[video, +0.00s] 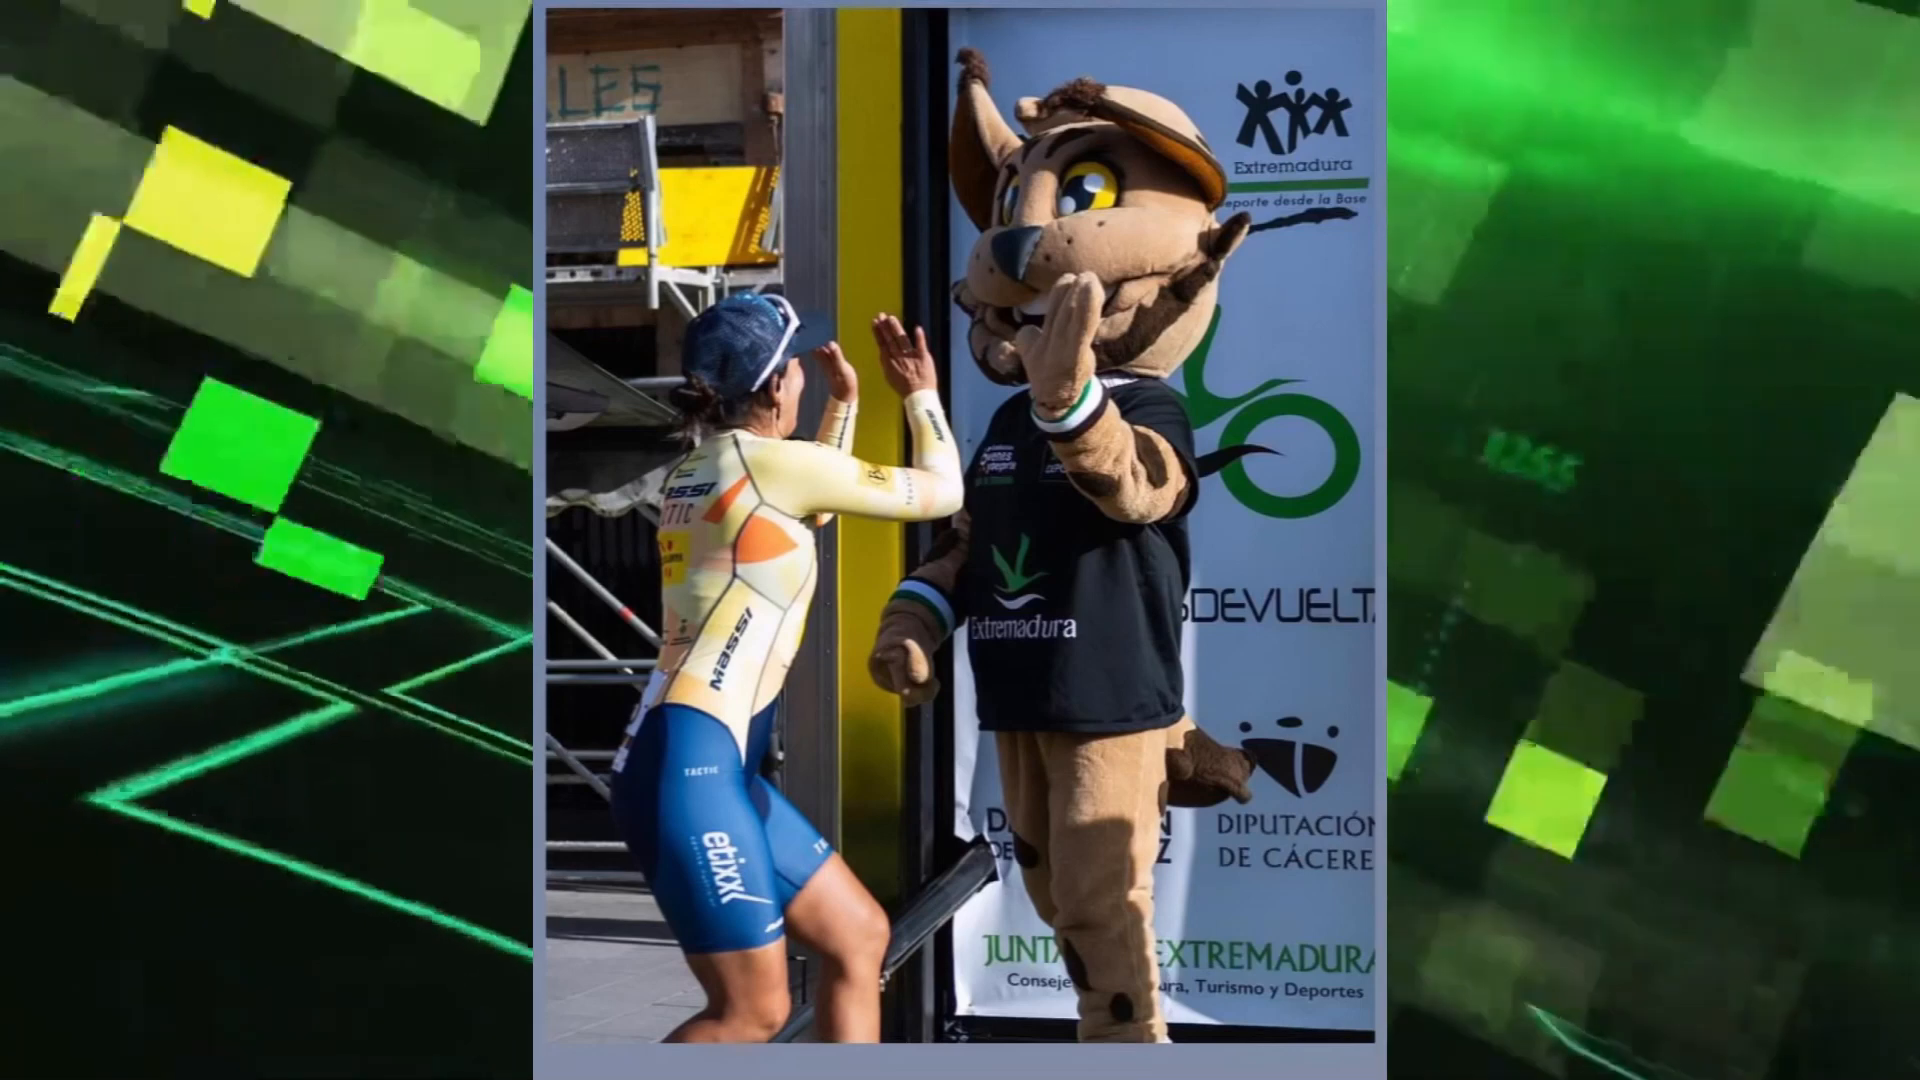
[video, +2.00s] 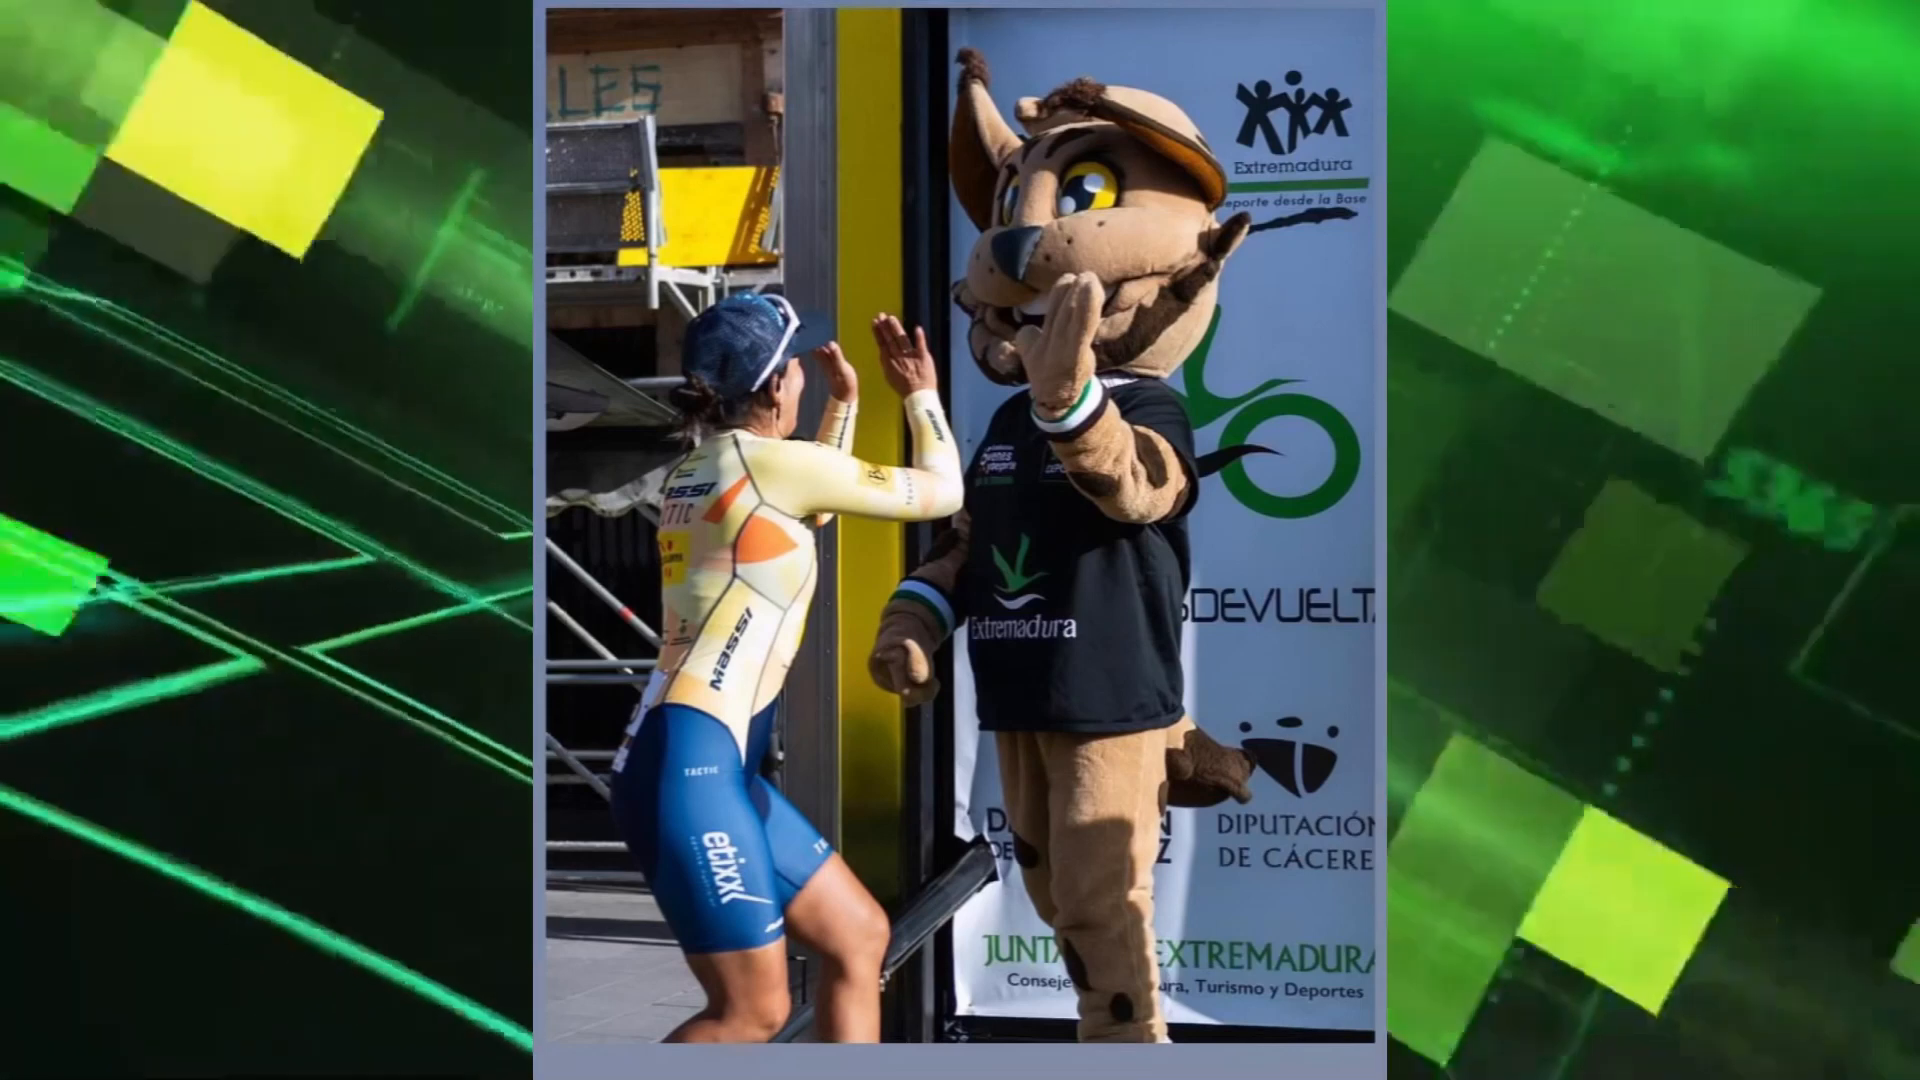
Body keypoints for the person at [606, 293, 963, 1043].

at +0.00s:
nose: (803, 377)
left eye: (799, 362)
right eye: (797, 364)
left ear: (714, 387)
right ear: (777, 380)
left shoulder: (693, 471)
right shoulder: (781, 465)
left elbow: (798, 494)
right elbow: (938, 492)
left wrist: (841, 411)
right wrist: (924, 395)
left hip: (714, 769)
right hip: (686, 774)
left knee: (860, 934)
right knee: (754, 1010)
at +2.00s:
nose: (803, 377)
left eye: (800, 363)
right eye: (796, 364)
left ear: (715, 387)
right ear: (776, 380)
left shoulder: (692, 471)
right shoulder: (778, 465)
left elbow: (798, 494)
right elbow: (938, 492)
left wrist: (840, 412)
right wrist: (924, 395)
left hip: (714, 770)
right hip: (686, 774)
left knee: (860, 934)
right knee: (754, 1010)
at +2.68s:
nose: (803, 377)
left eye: (800, 363)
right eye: (796, 364)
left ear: (715, 387)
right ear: (776, 380)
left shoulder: (692, 471)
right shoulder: (778, 465)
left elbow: (797, 494)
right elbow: (938, 492)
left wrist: (840, 412)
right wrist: (924, 396)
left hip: (714, 770)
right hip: (686, 774)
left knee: (860, 934)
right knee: (754, 1010)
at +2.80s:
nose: (803, 377)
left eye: (800, 363)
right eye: (796, 364)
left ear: (715, 387)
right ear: (776, 380)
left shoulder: (692, 471)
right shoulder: (778, 465)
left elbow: (797, 494)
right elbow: (938, 492)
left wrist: (840, 412)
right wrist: (924, 396)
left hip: (714, 770)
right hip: (686, 775)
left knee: (860, 934)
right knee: (754, 1010)